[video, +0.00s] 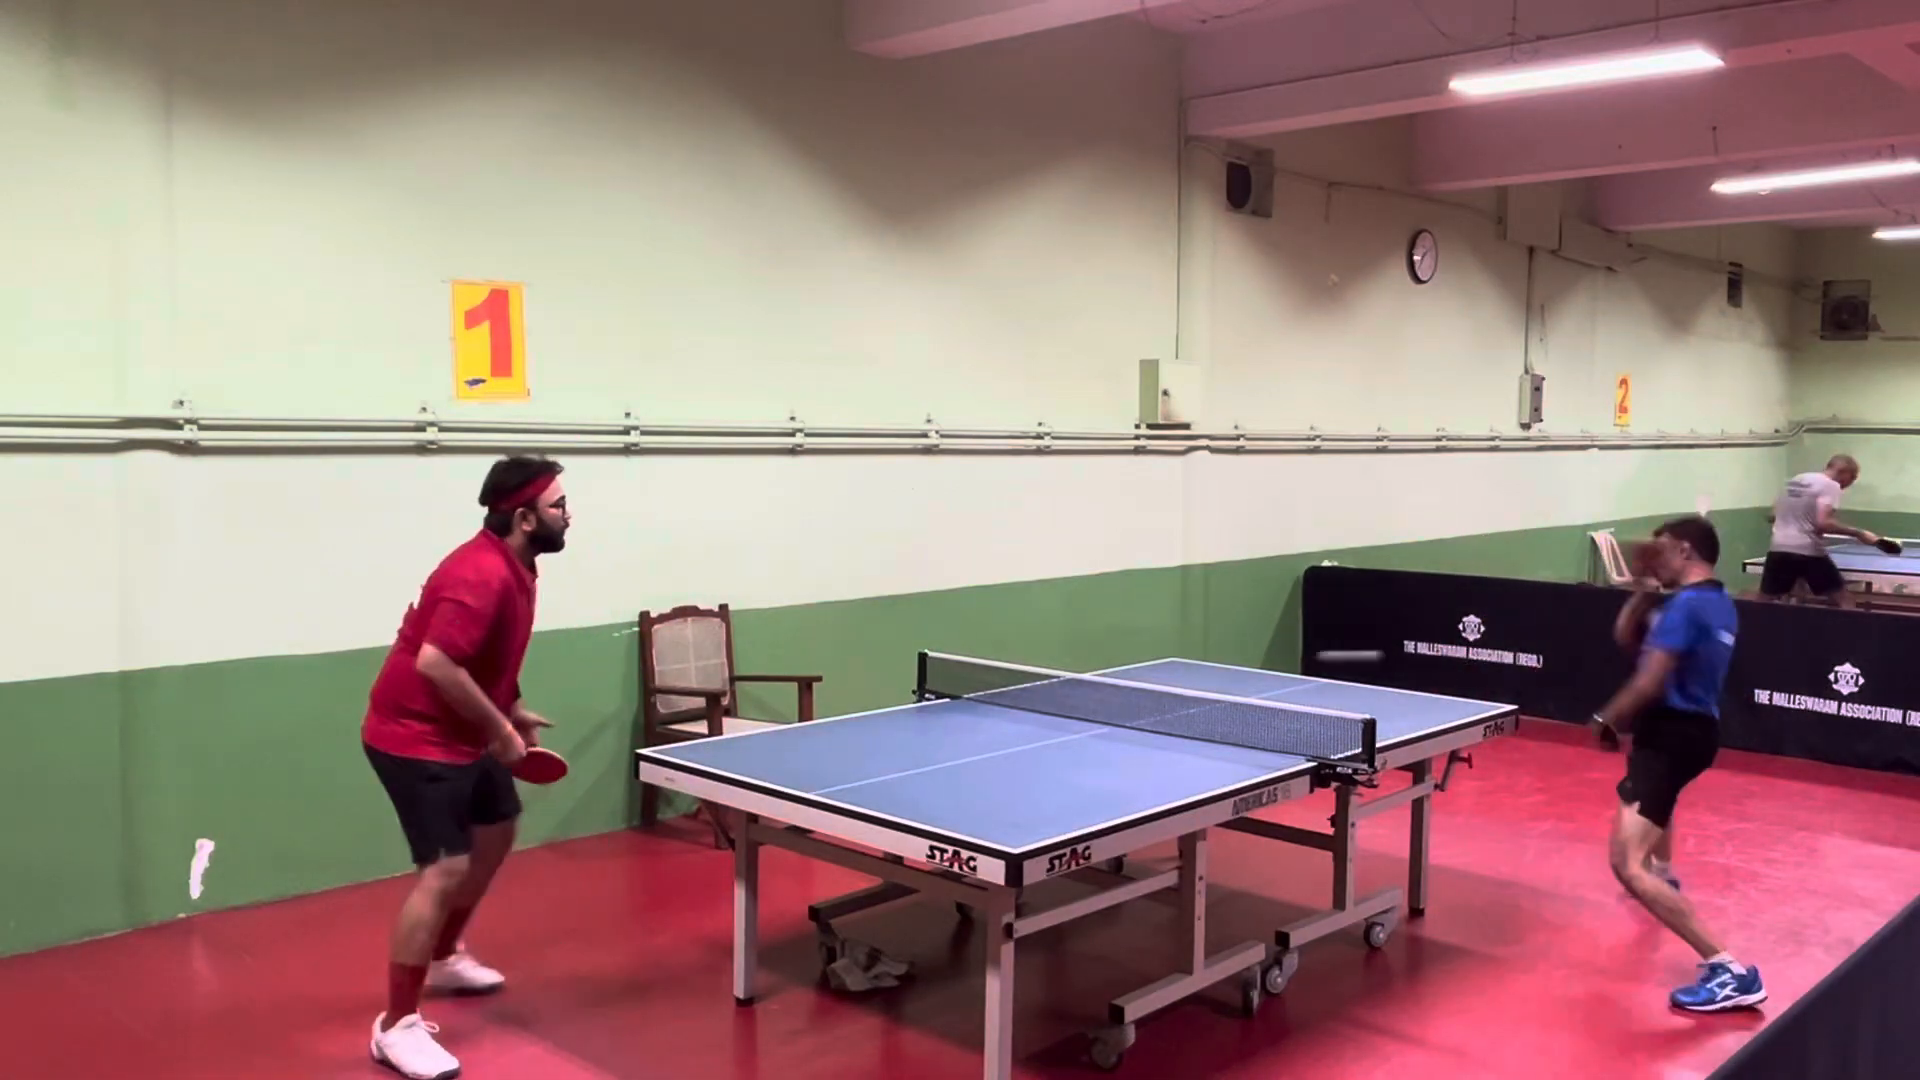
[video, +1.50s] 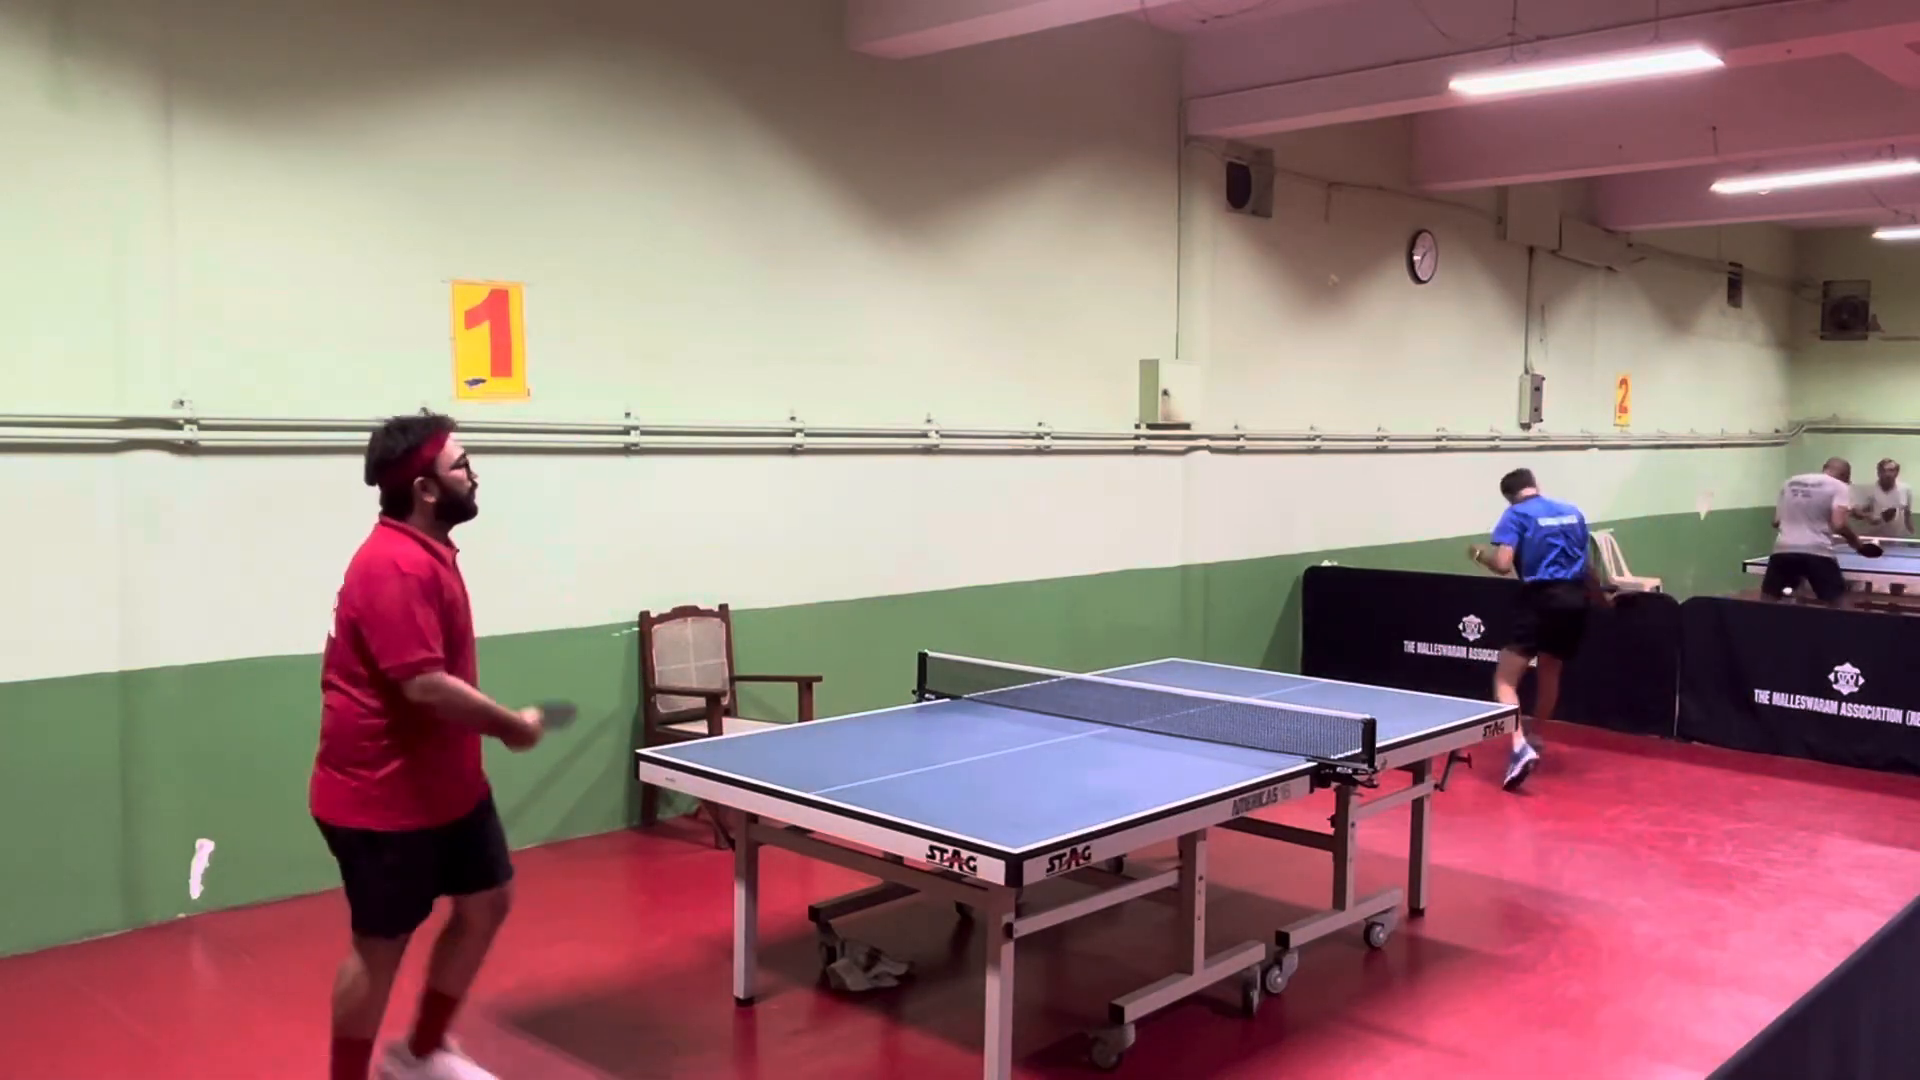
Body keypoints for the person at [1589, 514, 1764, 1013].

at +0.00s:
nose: (1659, 558)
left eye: (1664, 548)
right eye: (1660, 548)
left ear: (1685, 552)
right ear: (1702, 555)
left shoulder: (1684, 605)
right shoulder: (1719, 603)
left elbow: (1651, 678)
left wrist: (1609, 717)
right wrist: (1643, 593)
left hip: (1672, 730)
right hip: (1697, 728)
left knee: (1630, 865)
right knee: (1646, 793)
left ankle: (1726, 967)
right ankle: (1661, 873)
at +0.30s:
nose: (1647, 530)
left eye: (1656, 521)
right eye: (1646, 522)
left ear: (1687, 526)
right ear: (1669, 528)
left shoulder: (1719, 586)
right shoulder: (1656, 575)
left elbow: (1729, 676)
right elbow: (1633, 633)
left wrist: (1672, 705)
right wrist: (1608, 631)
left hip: (1717, 702)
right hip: (1676, 697)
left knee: (1678, 810)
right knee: (1627, 767)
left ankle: (1752, 922)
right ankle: (1666, 857)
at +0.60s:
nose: (1607, 568)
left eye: (1612, 561)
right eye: (1608, 561)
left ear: (1634, 564)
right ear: (1648, 567)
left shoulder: (1626, 599)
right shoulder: (1678, 600)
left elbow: (1601, 674)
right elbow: (1677, 656)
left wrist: (1583, 685)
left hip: (1696, 705)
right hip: (1723, 699)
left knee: (1687, 821)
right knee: (1649, 752)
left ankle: (1759, 928)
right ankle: (1686, 855)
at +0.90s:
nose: (1549, 550)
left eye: (1546, 542)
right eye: (1546, 544)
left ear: (1554, 531)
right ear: (1576, 525)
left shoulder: (1569, 542)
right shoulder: (1603, 539)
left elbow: (1589, 584)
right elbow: (1564, 590)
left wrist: (1601, 634)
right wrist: (1512, 599)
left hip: (1630, 610)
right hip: (1670, 616)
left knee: (1587, 711)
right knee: (1665, 729)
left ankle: (1625, 802)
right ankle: (1680, 829)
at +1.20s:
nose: (1498, 558)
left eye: (1493, 552)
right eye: (1495, 553)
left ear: (1495, 545)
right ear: (1517, 531)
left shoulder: (1515, 559)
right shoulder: (1553, 545)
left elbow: (1549, 601)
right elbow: (1538, 620)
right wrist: (1489, 637)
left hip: (1555, 626)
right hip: (1595, 624)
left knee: (1516, 692)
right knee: (1601, 720)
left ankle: (1525, 776)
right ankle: (1642, 740)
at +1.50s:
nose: (1513, 504)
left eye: (1509, 500)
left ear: (1510, 496)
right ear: (1537, 486)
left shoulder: (1516, 513)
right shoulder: (1573, 512)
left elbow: (1503, 562)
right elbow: (1585, 562)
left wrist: (1481, 555)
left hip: (1539, 601)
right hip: (1576, 602)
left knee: (1505, 681)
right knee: (1549, 667)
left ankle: (1519, 747)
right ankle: (1535, 738)